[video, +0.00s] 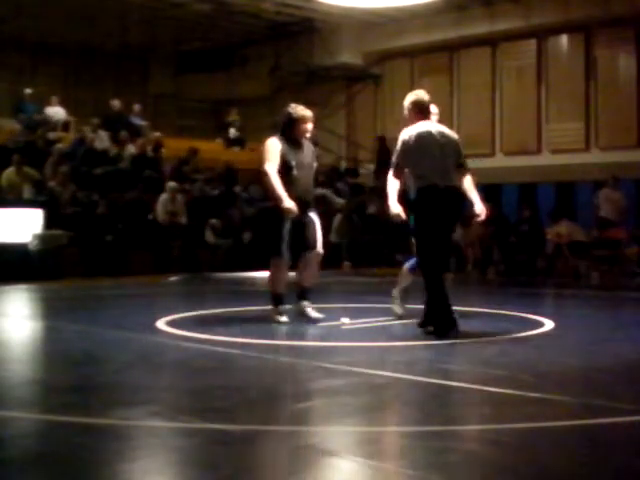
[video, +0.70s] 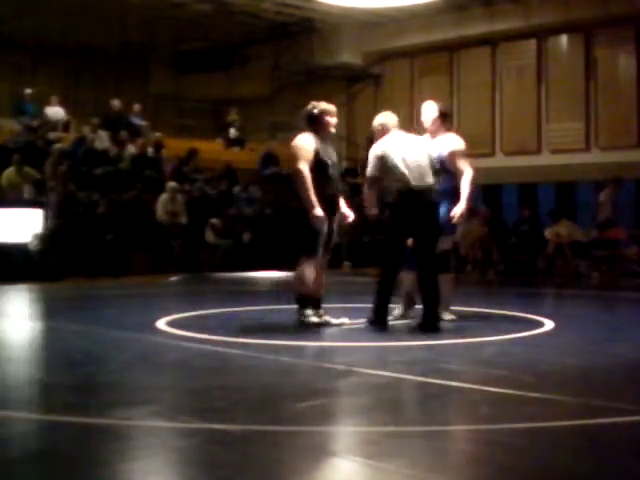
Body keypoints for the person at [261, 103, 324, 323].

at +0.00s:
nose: (309, 128)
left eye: (310, 124)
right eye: (305, 124)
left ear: (310, 126)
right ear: (292, 124)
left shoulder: (309, 147)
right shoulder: (275, 144)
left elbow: (308, 175)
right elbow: (270, 170)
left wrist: (310, 198)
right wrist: (284, 199)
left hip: (307, 206)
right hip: (284, 206)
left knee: (314, 251)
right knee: (281, 257)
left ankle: (303, 300)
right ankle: (278, 305)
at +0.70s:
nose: (335, 121)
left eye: (335, 116)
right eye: (330, 116)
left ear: (328, 120)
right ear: (317, 118)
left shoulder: (327, 146)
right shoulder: (305, 140)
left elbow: (332, 182)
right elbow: (302, 170)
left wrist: (342, 205)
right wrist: (314, 205)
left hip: (329, 209)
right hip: (313, 208)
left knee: (322, 258)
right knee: (311, 257)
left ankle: (317, 306)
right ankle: (305, 307)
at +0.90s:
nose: (338, 122)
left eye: (337, 117)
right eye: (335, 117)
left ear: (317, 119)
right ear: (323, 118)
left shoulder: (310, 141)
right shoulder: (317, 141)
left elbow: (310, 176)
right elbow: (319, 170)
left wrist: (326, 201)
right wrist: (330, 204)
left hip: (308, 207)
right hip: (314, 208)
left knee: (313, 262)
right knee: (313, 262)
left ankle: (313, 310)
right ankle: (311, 312)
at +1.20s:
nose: (341, 124)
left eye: (341, 119)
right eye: (339, 119)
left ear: (314, 117)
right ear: (330, 119)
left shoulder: (298, 143)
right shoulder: (323, 141)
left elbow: (295, 180)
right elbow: (331, 175)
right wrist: (342, 207)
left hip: (298, 207)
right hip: (317, 209)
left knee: (305, 260)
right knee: (310, 261)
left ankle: (292, 306)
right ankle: (301, 315)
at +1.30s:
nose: (338, 127)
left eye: (340, 122)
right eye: (338, 122)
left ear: (317, 117)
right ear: (330, 121)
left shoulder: (303, 142)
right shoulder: (319, 143)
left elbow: (296, 180)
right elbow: (326, 175)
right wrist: (337, 207)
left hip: (300, 208)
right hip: (315, 209)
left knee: (302, 262)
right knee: (310, 263)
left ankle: (286, 313)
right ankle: (304, 317)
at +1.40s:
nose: (344, 127)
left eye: (345, 121)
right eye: (342, 121)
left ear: (322, 117)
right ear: (333, 121)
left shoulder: (308, 141)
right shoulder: (318, 144)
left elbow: (314, 183)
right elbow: (320, 182)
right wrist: (331, 212)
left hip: (303, 208)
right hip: (313, 210)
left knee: (302, 262)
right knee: (309, 263)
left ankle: (286, 311)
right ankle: (305, 317)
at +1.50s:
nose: (347, 128)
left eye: (348, 123)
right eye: (346, 123)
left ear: (327, 118)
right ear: (335, 121)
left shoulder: (319, 141)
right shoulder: (318, 143)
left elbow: (319, 184)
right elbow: (316, 185)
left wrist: (334, 209)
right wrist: (323, 215)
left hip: (311, 209)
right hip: (311, 210)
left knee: (312, 261)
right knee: (314, 262)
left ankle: (297, 306)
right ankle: (303, 313)